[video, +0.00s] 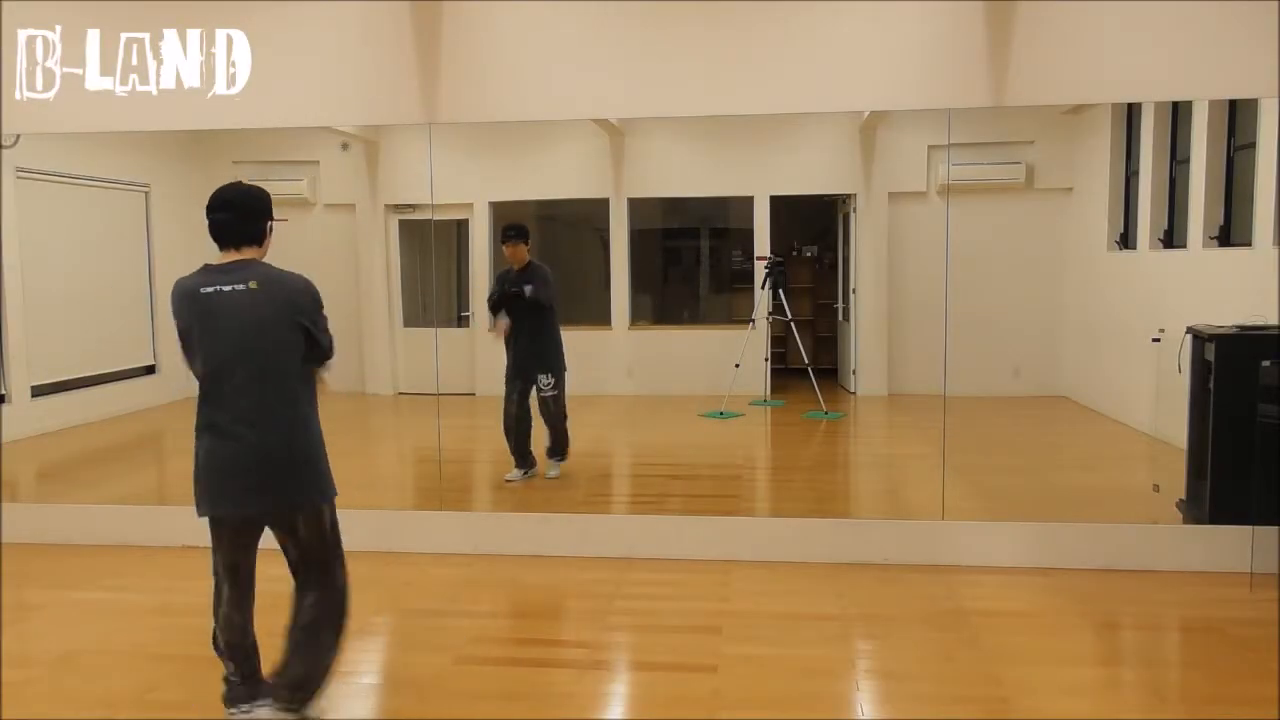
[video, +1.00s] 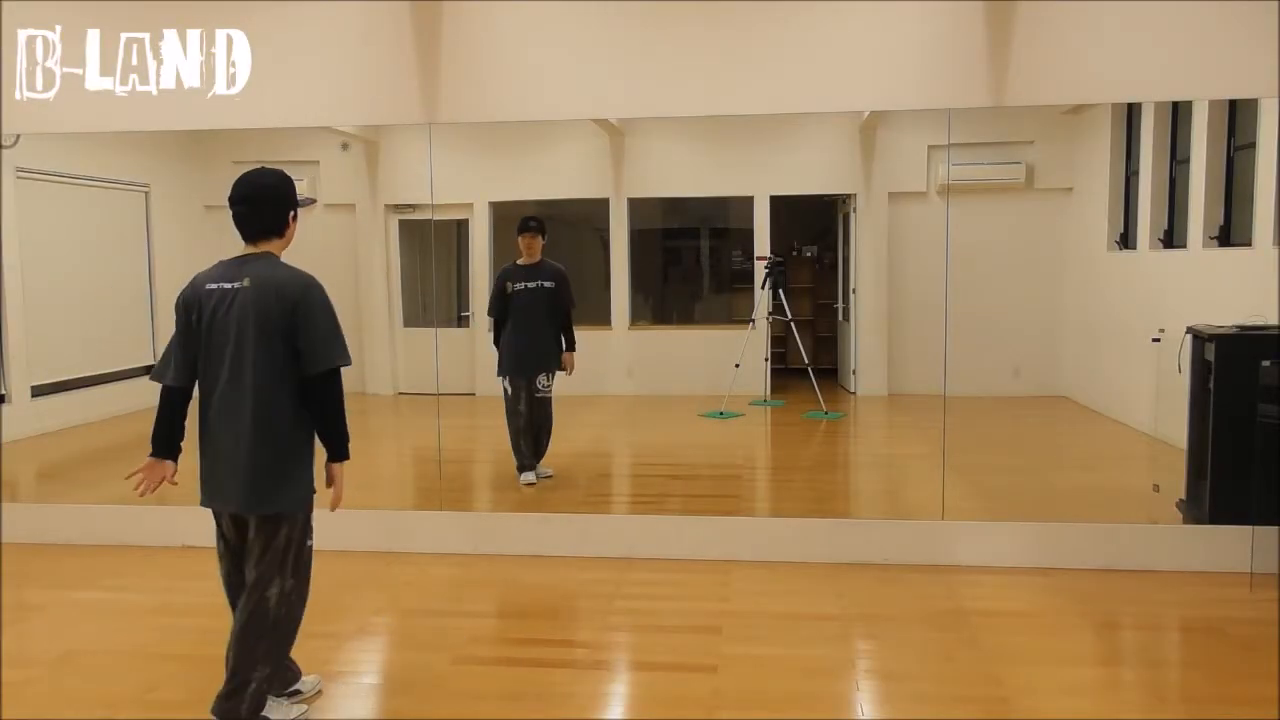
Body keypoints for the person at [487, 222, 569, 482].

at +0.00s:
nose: (507, 252)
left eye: (512, 246)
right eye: (505, 247)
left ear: (525, 246)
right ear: (503, 249)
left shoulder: (541, 273)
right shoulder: (503, 277)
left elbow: (544, 302)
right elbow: (493, 306)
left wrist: (509, 296)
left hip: (546, 350)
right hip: (518, 351)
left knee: (551, 407)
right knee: (514, 409)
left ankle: (556, 455)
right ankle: (524, 463)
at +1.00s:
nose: (529, 243)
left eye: (534, 237)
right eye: (525, 238)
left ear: (542, 240)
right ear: (518, 241)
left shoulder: (556, 273)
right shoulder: (506, 274)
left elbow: (565, 314)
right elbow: (498, 316)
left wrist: (569, 349)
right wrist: (501, 348)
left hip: (545, 352)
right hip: (513, 353)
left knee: (541, 410)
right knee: (519, 411)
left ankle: (535, 462)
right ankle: (525, 467)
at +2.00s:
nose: (540, 248)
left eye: (544, 243)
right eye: (536, 243)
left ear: (555, 245)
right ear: (531, 245)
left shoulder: (568, 275)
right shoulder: (521, 276)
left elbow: (575, 317)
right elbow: (516, 318)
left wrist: (572, 353)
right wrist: (518, 352)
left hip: (559, 354)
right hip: (529, 353)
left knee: (559, 410)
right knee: (522, 407)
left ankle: (552, 457)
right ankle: (524, 459)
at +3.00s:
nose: (525, 293)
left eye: (529, 288)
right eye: (521, 289)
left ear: (537, 279)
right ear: (513, 283)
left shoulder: (554, 290)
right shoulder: (507, 293)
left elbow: (564, 328)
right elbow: (503, 331)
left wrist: (570, 366)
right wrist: (500, 363)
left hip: (549, 354)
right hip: (521, 356)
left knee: (544, 392)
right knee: (521, 407)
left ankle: (544, 437)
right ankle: (530, 458)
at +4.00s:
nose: (521, 296)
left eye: (525, 292)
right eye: (516, 292)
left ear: (533, 284)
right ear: (508, 287)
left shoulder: (549, 297)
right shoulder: (501, 301)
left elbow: (563, 337)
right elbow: (495, 342)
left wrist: (563, 377)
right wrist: (493, 379)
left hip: (547, 363)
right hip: (519, 362)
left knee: (544, 416)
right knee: (511, 406)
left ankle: (540, 466)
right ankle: (528, 426)